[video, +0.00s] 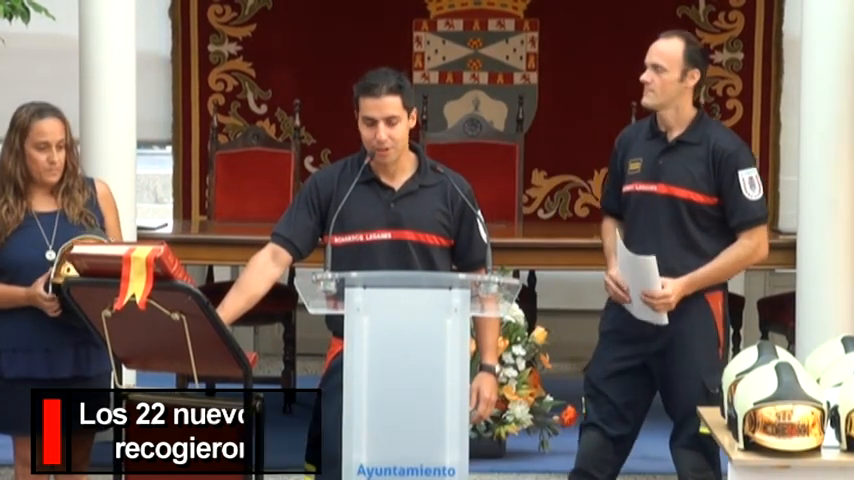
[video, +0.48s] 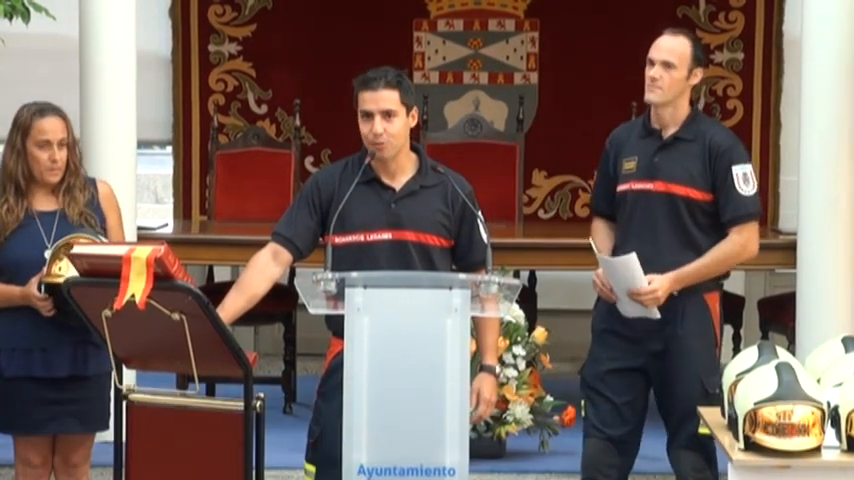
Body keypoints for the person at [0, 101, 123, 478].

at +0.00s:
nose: (54, 158)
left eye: (61, 147)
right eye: (42, 148)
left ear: (70, 148)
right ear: (19, 151)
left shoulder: (95, 194)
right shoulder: (6, 205)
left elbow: (119, 271)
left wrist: (81, 284)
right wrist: (27, 295)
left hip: (86, 363)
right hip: (21, 364)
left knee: (77, 467)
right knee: (30, 468)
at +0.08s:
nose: (55, 158)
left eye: (62, 147)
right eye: (43, 147)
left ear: (71, 148)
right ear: (19, 151)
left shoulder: (96, 194)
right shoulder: (6, 204)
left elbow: (120, 271)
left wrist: (81, 283)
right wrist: (25, 295)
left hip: (87, 362)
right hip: (22, 363)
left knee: (78, 467)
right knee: (31, 467)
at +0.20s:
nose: (55, 158)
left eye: (62, 147)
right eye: (43, 147)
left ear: (71, 148)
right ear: (19, 151)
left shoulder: (96, 193)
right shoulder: (6, 204)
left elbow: (121, 270)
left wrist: (80, 282)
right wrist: (24, 295)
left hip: (85, 361)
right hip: (21, 362)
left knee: (79, 466)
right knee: (30, 467)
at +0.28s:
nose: (55, 158)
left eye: (62, 147)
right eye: (43, 147)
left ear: (72, 148)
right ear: (20, 151)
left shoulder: (97, 194)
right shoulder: (6, 205)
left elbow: (122, 271)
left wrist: (81, 284)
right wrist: (23, 295)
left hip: (85, 359)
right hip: (22, 360)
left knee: (76, 464)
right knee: (32, 465)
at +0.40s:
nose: (55, 157)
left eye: (62, 146)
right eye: (43, 146)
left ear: (72, 148)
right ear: (20, 150)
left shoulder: (97, 194)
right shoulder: (6, 205)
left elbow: (123, 270)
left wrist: (81, 282)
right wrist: (22, 295)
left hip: (85, 359)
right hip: (22, 360)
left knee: (76, 463)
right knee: (33, 465)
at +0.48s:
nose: (55, 156)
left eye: (62, 145)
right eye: (43, 145)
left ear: (72, 148)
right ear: (20, 150)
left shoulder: (98, 194)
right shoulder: (7, 204)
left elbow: (122, 271)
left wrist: (80, 282)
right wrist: (22, 294)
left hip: (85, 359)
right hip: (22, 360)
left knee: (75, 464)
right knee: (32, 465)